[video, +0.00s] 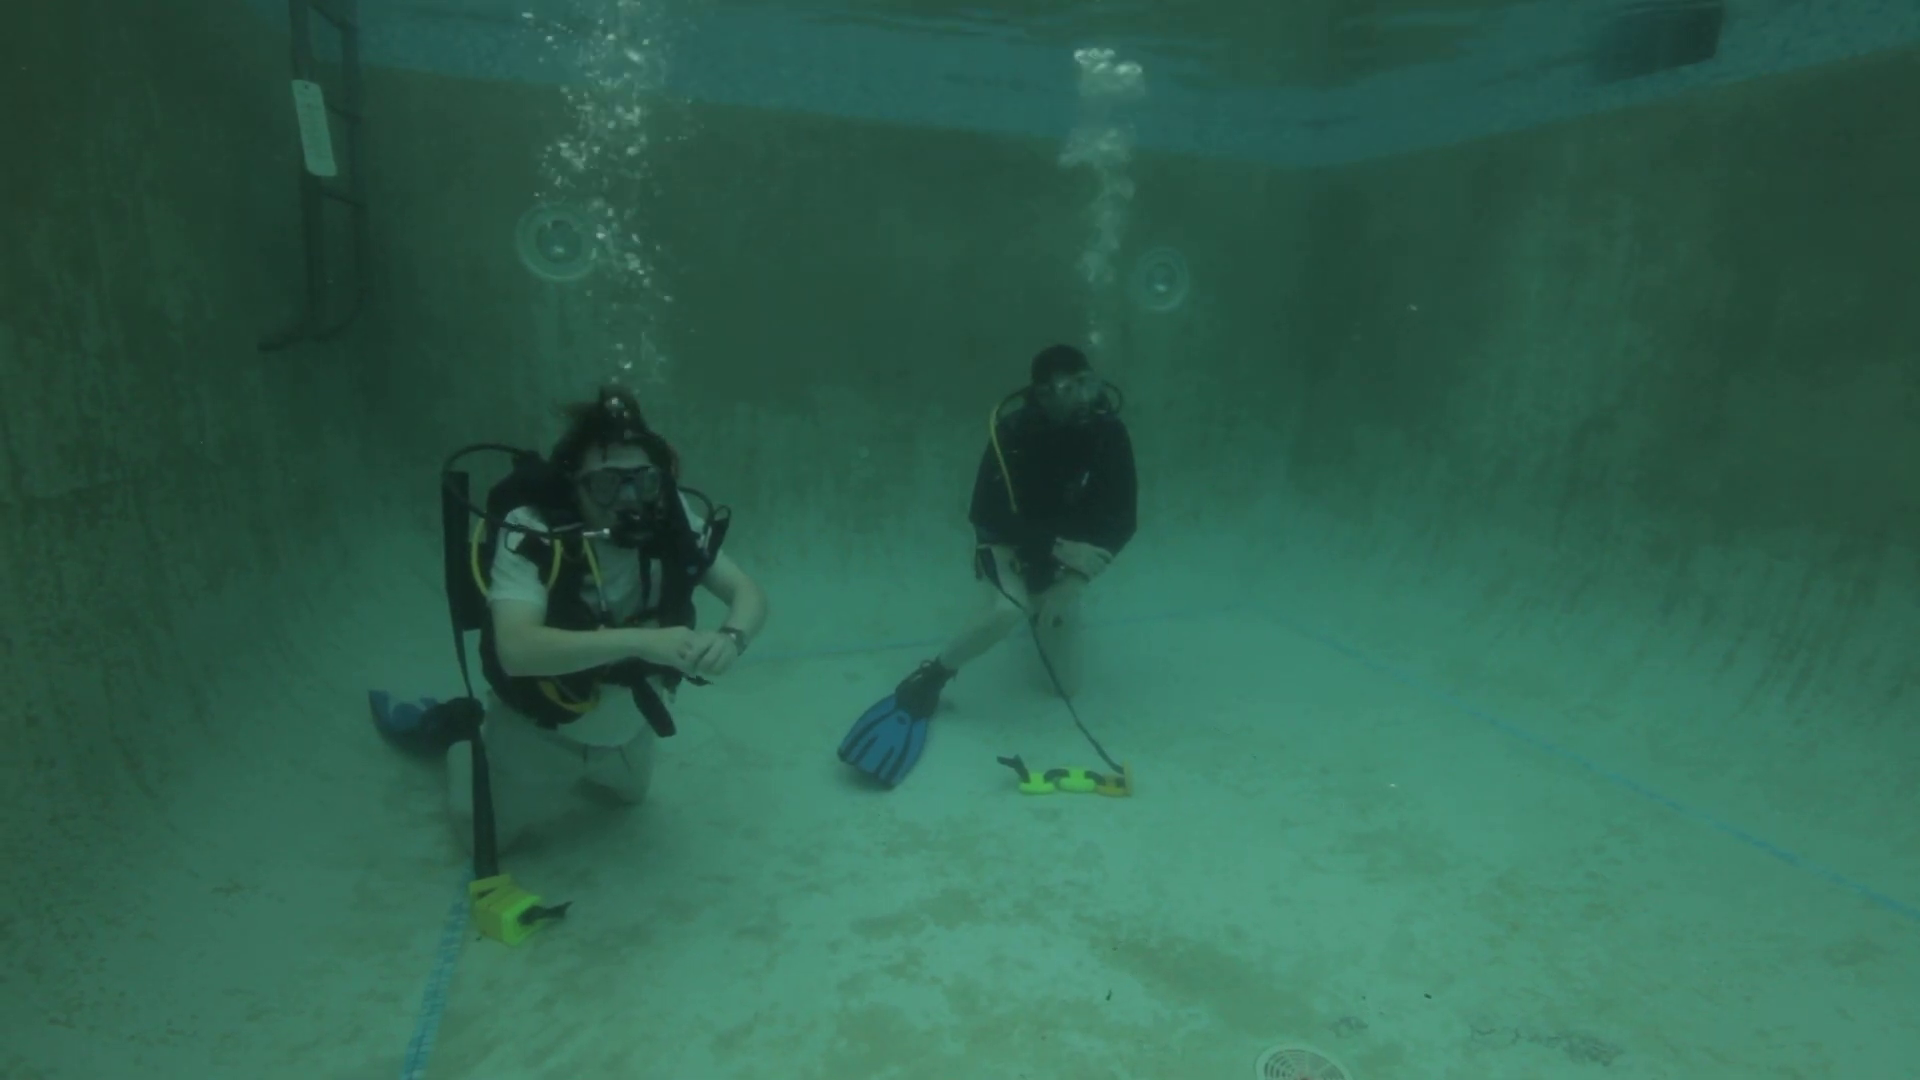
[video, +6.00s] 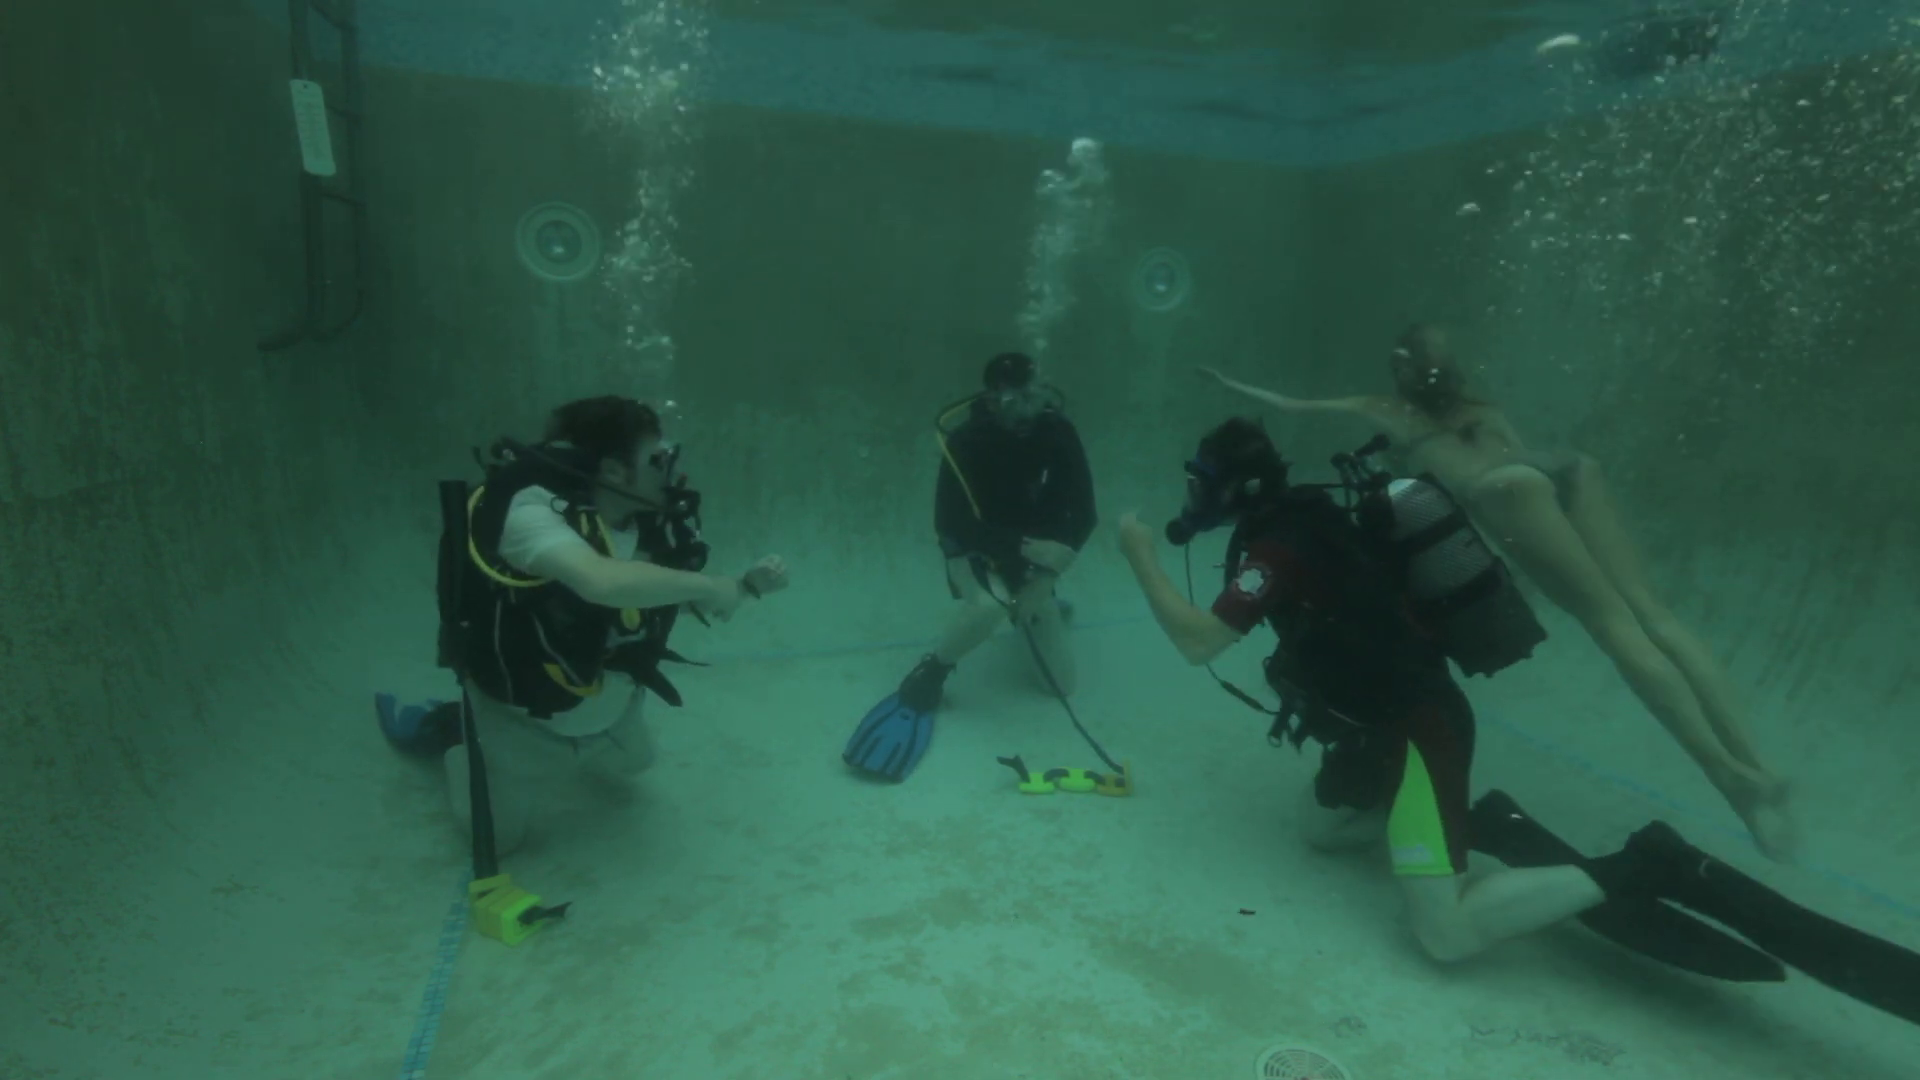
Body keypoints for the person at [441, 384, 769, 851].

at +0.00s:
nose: (624, 499)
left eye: (637, 482)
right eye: (605, 484)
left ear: (659, 480)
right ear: (574, 483)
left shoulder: (673, 520)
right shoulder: (530, 529)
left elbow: (748, 593)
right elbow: (516, 650)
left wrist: (732, 636)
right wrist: (646, 643)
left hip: (628, 712)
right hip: (539, 719)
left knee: (628, 787)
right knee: (486, 834)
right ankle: (463, 727)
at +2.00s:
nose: (631, 495)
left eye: (643, 478)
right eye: (612, 480)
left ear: (662, 476)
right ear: (577, 482)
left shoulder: (672, 518)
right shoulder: (530, 527)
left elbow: (748, 593)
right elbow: (516, 648)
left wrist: (732, 636)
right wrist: (646, 642)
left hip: (626, 710)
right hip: (538, 717)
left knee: (628, 785)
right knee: (486, 837)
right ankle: (462, 728)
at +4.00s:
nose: (648, 496)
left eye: (649, 476)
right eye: (627, 486)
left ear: (654, 465)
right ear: (576, 494)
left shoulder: (658, 510)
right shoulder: (518, 526)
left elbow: (739, 582)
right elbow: (513, 642)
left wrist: (727, 622)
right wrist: (638, 627)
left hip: (626, 713)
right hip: (537, 723)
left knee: (628, 786)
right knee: (493, 838)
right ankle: (465, 730)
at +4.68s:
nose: (633, 494)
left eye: (636, 475)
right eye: (612, 483)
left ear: (643, 466)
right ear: (563, 489)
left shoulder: (649, 513)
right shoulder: (508, 529)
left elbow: (720, 586)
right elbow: (544, 628)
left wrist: (731, 631)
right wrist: (654, 568)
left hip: (626, 712)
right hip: (538, 723)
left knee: (627, 787)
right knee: (500, 834)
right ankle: (463, 731)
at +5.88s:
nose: (663, 469)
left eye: (659, 455)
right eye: (649, 461)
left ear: (611, 473)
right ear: (605, 475)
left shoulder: (640, 512)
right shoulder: (520, 519)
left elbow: (682, 602)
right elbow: (593, 586)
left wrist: (740, 592)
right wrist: (701, 585)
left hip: (613, 697)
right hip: (526, 718)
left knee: (631, 766)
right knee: (498, 837)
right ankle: (460, 728)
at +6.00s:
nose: (671, 474)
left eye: (668, 460)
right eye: (657, 462)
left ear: (617, 471)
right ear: (611, 471)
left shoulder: (642, 513)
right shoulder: (527, 515)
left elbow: (678, 597)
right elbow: (601, 582)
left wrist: (743, 586)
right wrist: (707, 588)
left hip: (606, 697)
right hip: (521, 715)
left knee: (633, 761)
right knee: (497, 835)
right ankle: (457, 726)